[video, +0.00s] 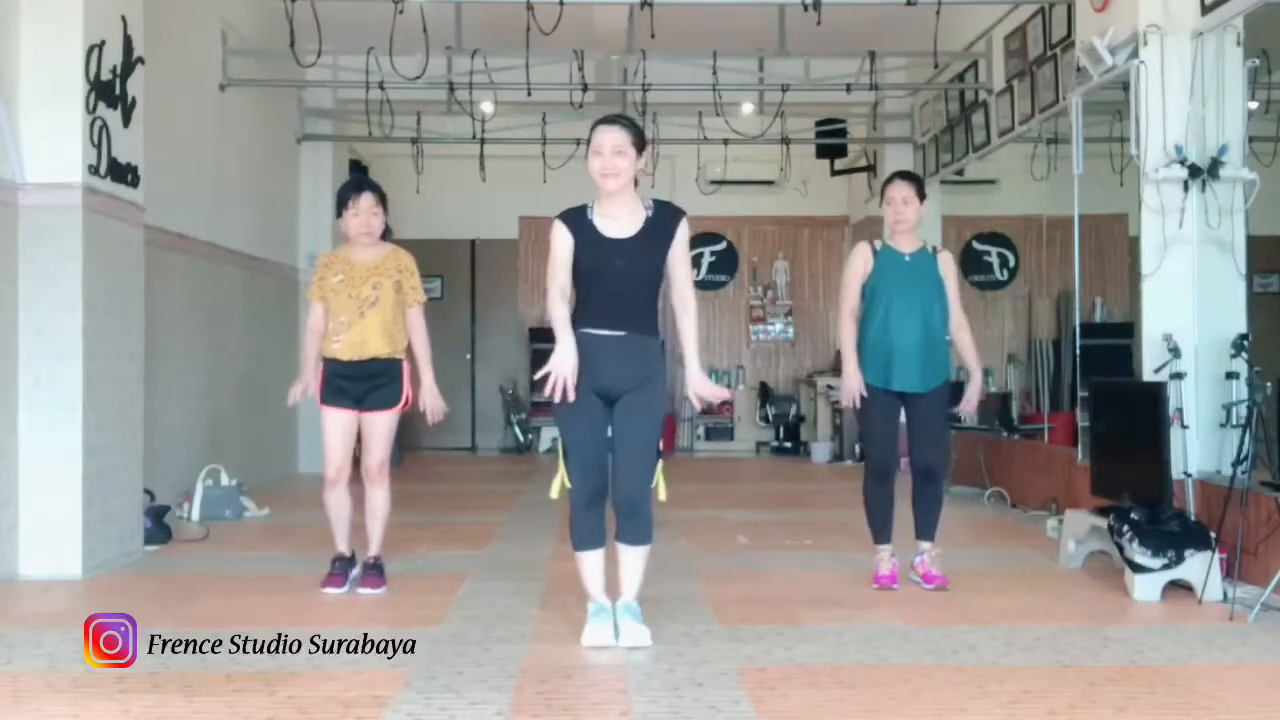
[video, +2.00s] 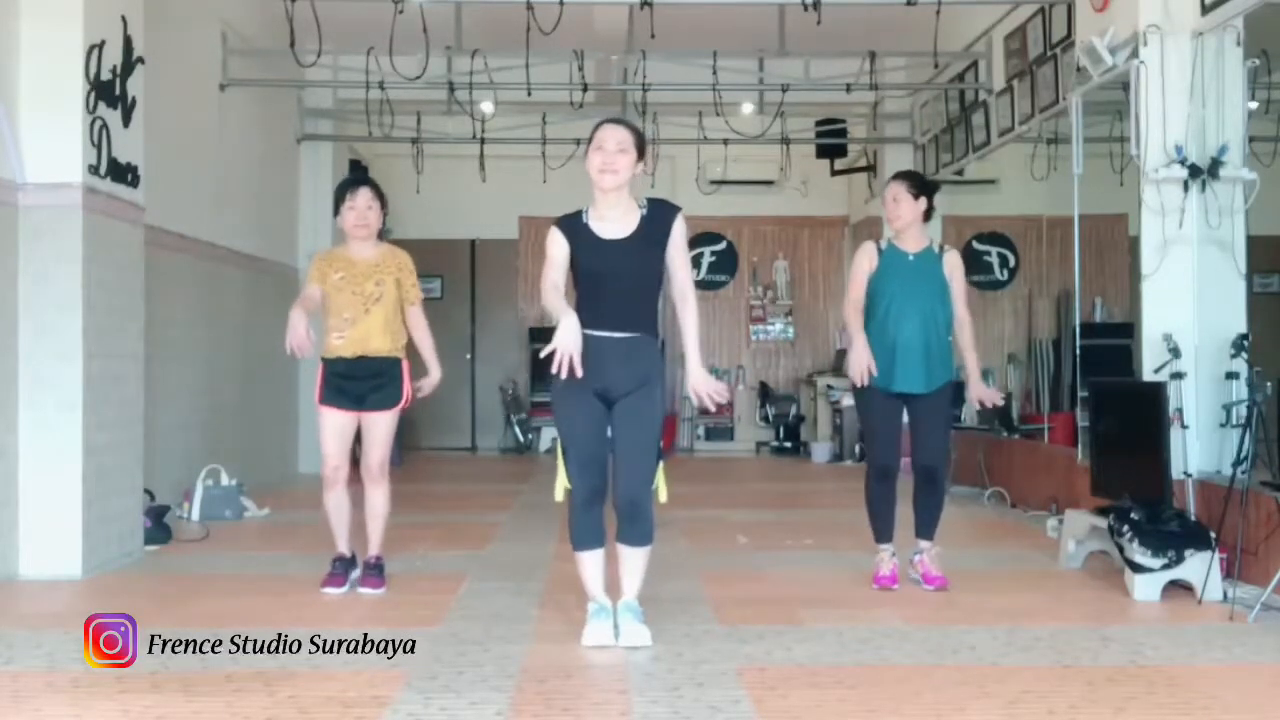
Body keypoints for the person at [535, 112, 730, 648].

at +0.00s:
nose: (607, 161)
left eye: (619, 151)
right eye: (598, 151)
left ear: (641, 159)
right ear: (586, 159)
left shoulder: (670, 223)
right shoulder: (569, 225)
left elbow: (684, 300)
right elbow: (558, 296)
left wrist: (693, 370)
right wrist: (565, 344)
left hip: (644, 369)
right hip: (581, 368)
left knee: (634, 488)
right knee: (587, 486)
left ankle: (628, 605)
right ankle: (597, 605)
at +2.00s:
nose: (608, 158)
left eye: (620, 150)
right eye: (600, 149)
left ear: (639, 162)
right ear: (586, 158)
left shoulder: (666, 220)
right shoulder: (566, 229)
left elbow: (684, 295)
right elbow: (550, 288)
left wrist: (695, 365)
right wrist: (567, 317)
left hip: (642, 370)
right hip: (578, 369)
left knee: (635, 491)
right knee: (585, 489)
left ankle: (629, 604)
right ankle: (597, 604)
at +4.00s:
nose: (607, 166)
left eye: (618, 156)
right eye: (597, 155)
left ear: (635, 165)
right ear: (582, 163)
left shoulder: (664, 220)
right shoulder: (562, 231)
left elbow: (685, 291)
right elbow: (544, 292)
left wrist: (692, 361)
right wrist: (567, 299)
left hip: (641, 368)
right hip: (576, 368)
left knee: (635, 490)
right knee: (585, 488)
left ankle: (629, 605)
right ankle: (597, 605)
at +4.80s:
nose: (622, 161)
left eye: (632, 151)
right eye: (611, 151)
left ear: (647, 159)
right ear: (593, 160)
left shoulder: (669, 220)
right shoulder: (569, 224)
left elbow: (692, 286)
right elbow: (548, 301)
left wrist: (684, 319)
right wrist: (534, 373)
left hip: (653, 364)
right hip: (590, 366)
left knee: (645, 487)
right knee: (598, 487)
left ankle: (632, 604)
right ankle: (599, 605)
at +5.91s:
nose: (595, 169)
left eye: (606, 160)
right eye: (585, 159)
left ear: (621, 170)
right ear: (567, 166)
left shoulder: (641, 226)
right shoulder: (539, 227)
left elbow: (667, 293)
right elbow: (509, 302)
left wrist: (686, 360)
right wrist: (530, 298)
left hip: (623, 366)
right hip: (558, 367)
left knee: (626, 492)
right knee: (572, 497)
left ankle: (623, 627)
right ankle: (588, 611)